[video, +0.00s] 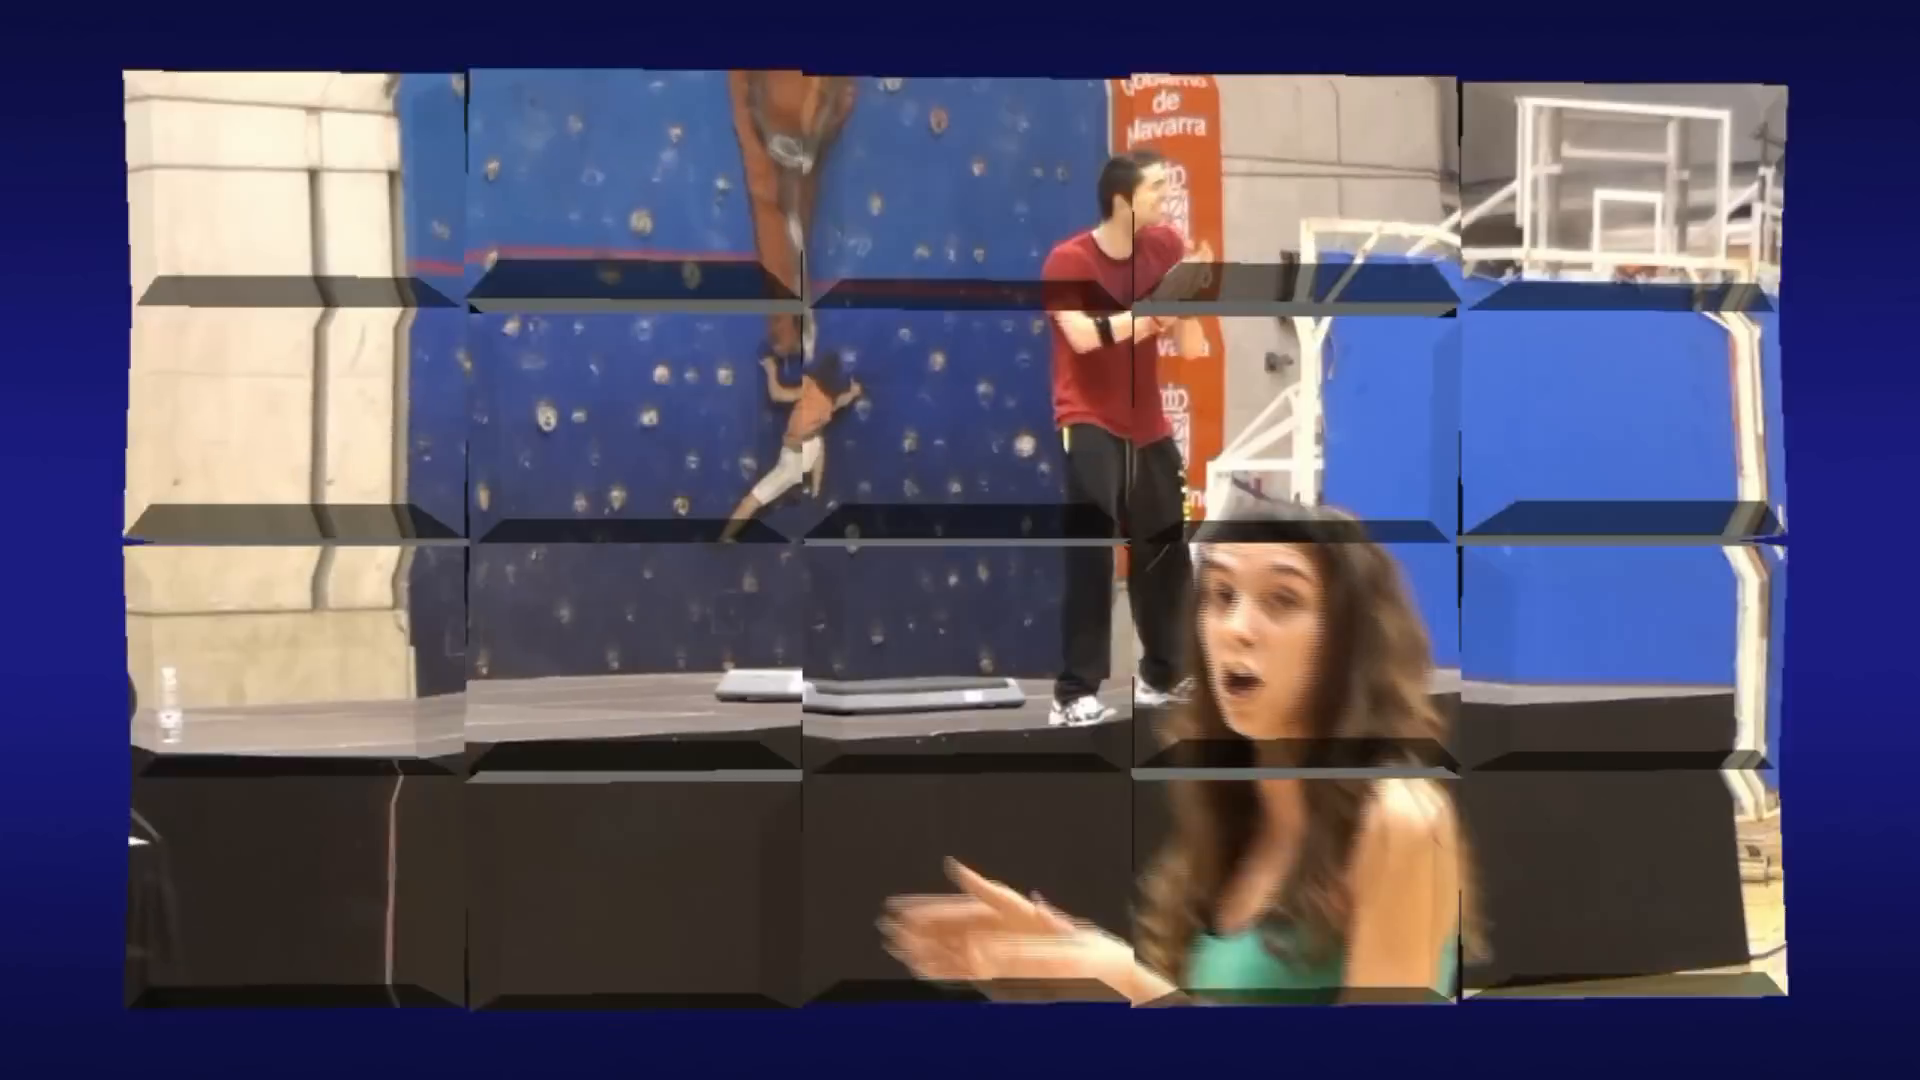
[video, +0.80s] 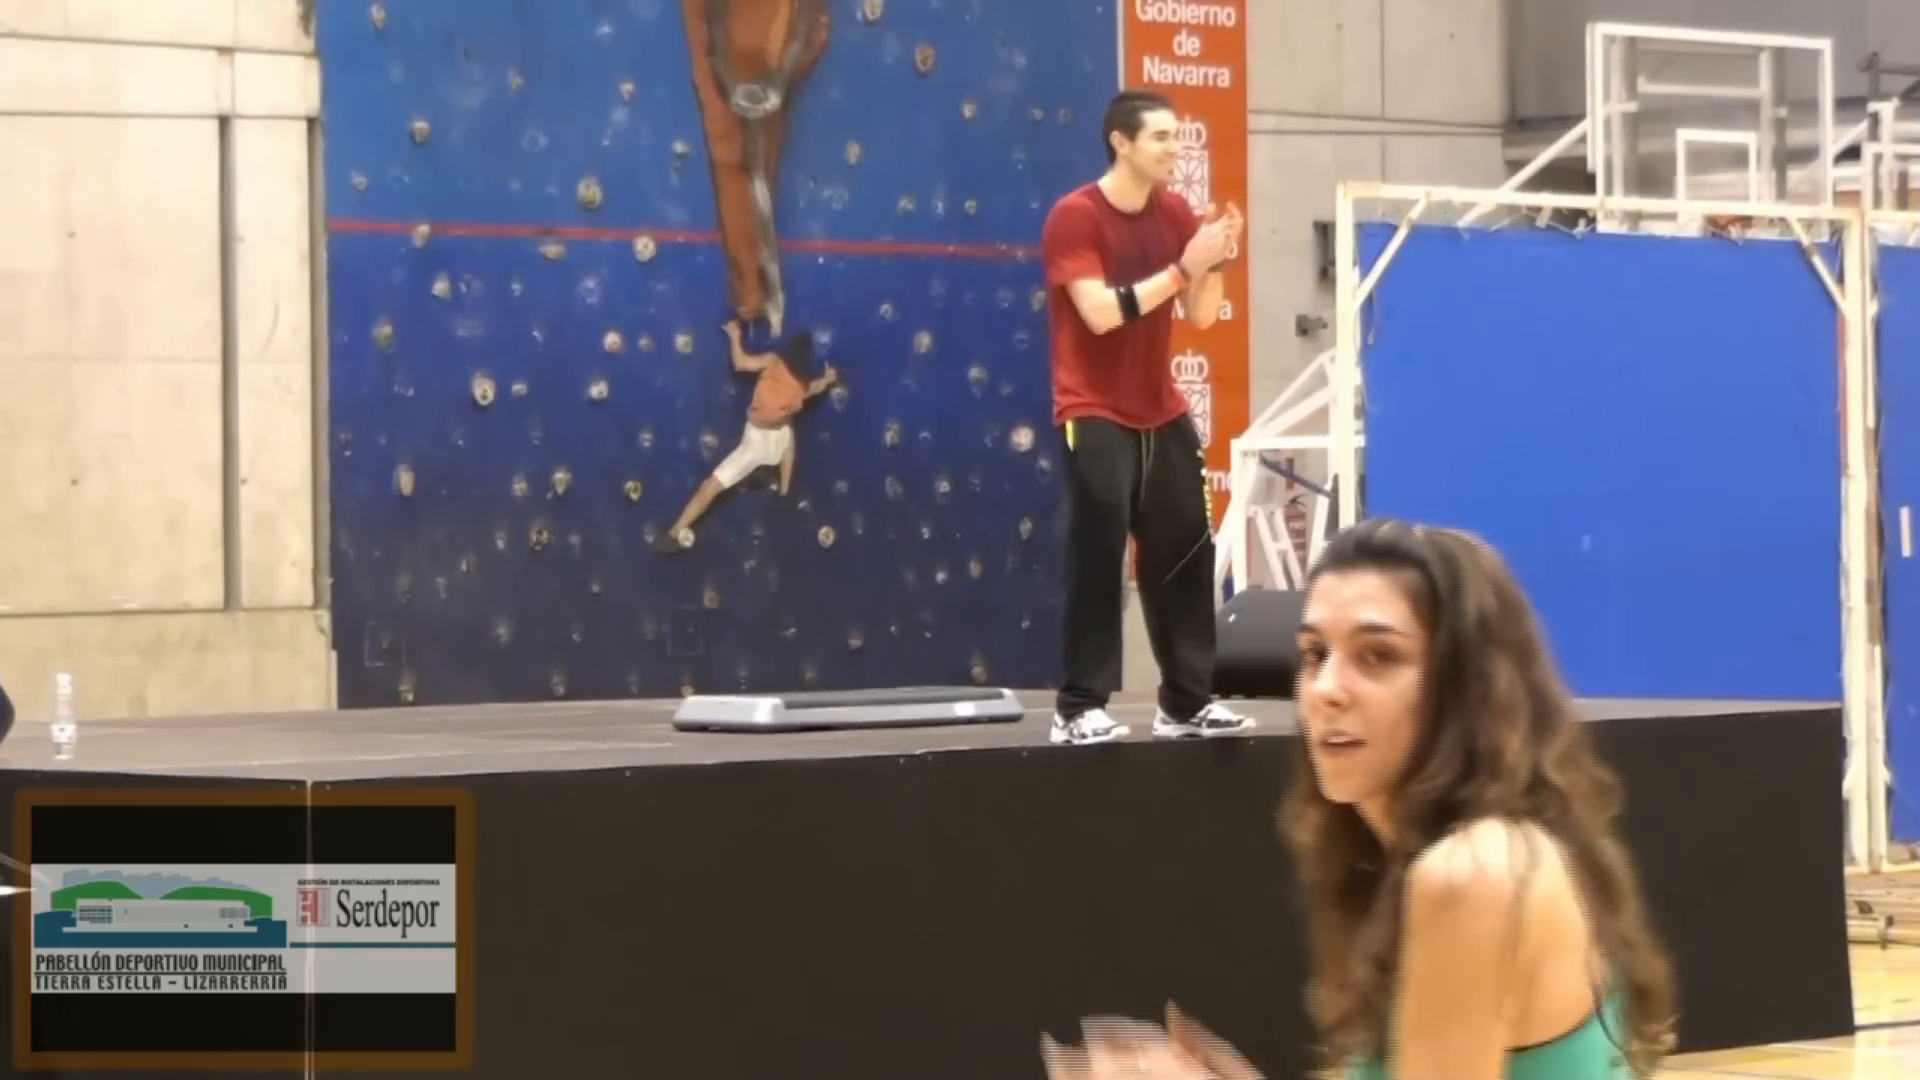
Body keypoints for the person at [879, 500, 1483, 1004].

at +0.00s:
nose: (1236, 630)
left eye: (1282, 602)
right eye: (1221, 596)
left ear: (1353, 637)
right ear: (1200, 616)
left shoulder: (1399, 819)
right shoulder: (1236, 821)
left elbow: (1379, 1056)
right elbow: (1216, 1027)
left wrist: (1111, 971)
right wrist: (1075, 950)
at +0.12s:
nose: (1155, 621)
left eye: (1203, 591)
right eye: (1137, 586)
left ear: (1276, 620)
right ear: (1111, 609)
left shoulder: (1335, 814)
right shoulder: (1143, 798)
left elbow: (1294, 1047)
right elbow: (1101, 1012)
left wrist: (1064, 978)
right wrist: (950, 945)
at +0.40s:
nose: (1166, 613)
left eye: (1212, 580)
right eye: (1145, 580)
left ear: (1288, 600)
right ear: (1122, 600)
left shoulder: (1342, 796)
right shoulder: (1171, 790)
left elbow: (1282, 1074)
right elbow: (1155, 1049)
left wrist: (1039, 977)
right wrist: (1029, 974)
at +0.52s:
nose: (1224, 621)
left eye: (1273, 586)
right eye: (1204, 585)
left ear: (1349, 609)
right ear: (1181, 608)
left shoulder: (1391, 811)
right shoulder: (1251, 796)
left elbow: (1327, 1068)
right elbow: (1228, 1050)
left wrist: (1071, 1000)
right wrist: (1060, 982)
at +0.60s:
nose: (1266, 636)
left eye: (1315, 603)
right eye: (1245, 600)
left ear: (1390, 628)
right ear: (1221, 619)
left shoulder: (1422, 820)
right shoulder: (1307, 812)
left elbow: (1352, 1069)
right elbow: (1281, 1068)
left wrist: (1093, 1028)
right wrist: (1107, 1001)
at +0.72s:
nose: (1308, 679)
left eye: (1359, 645)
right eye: (1292, 642)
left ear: (1441, 672)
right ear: (1275, 660)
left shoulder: (1447, 864)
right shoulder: (1398, 858)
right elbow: (1349, 1069)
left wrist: (1160, 1068)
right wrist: (1211, 1063)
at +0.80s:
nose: (1328, 690)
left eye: (1378, 657)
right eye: (1314, 653)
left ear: (1465, 684)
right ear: (1295, 668)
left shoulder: (1465, 877)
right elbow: (1397, 1062)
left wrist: (1209, 1079)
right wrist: (1242, 1075)